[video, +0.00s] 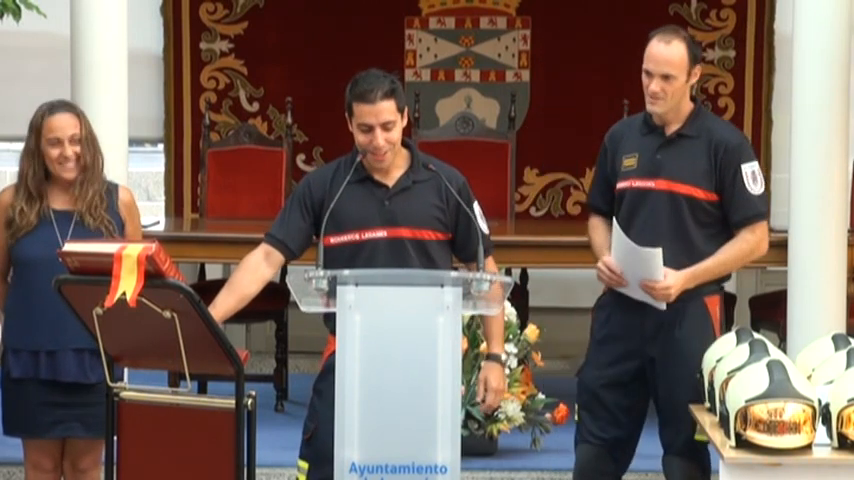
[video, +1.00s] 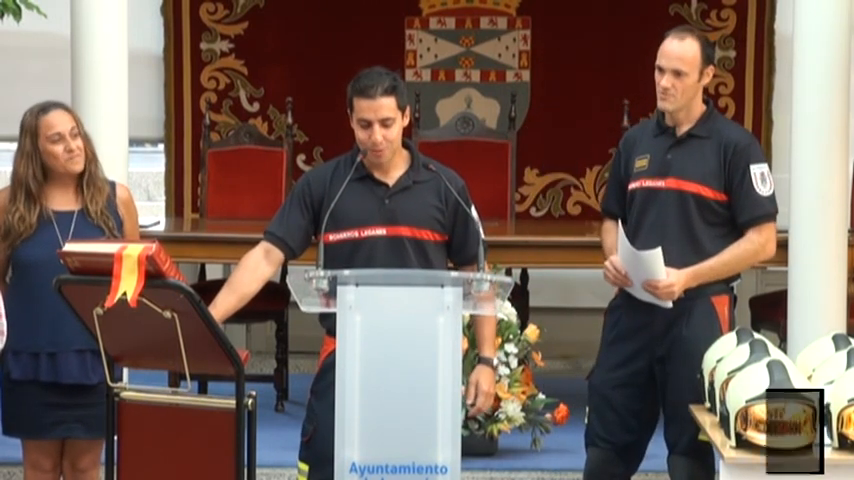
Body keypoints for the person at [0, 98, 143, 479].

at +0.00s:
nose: (68, 151)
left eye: (76, 140)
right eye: (55, 143)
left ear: (88, 144)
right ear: (38, 149)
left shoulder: (119, 201)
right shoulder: (12, 203)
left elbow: (137, 278)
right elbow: (3, 277)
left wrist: (129, 345)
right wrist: (5, 333)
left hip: (94, 357)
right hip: (30, 356)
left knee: (86, 466)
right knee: (41, 466)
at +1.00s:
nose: (72, 144)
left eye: (76, 134)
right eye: (57, 139)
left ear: (84, 137)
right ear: (36, 151)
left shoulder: (116, 198)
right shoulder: (10, 203)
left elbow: (135, 275)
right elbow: (2, 278)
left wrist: (128, 345)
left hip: (94, 358)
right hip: (31, 358)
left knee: (86, 466)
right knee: (41, 467)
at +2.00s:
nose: (73, 147)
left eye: (78, 136)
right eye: (58, 140)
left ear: (87, 140)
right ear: (37, 149)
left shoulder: (117, 199)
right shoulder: (10, 203)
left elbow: (134, 276)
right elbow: (1, 280)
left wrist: (129, 346)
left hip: (93, 359)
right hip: (28, 358)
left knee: (88, 465)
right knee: (41, 467)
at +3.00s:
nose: (72, 149)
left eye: (77, 138)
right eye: (58, 142)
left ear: (85, 140)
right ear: (35, 150)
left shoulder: (114, 200)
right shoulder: (10, 203)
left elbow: (131, 278)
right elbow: (2, 278)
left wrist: (126, 347)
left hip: (91, 359)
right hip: (26, 359)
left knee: (87, 466)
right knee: (40, 468)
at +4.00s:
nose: (73, 148)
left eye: (78, 136)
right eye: (59, 141)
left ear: (85, 139)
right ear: (36, 150)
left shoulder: (115, 199)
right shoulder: (10, 204)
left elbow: (133, 279)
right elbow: (2, 282)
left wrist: (127, 350)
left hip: (92, 362)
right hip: (27, 363)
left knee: (86, 467)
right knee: (40, 469)